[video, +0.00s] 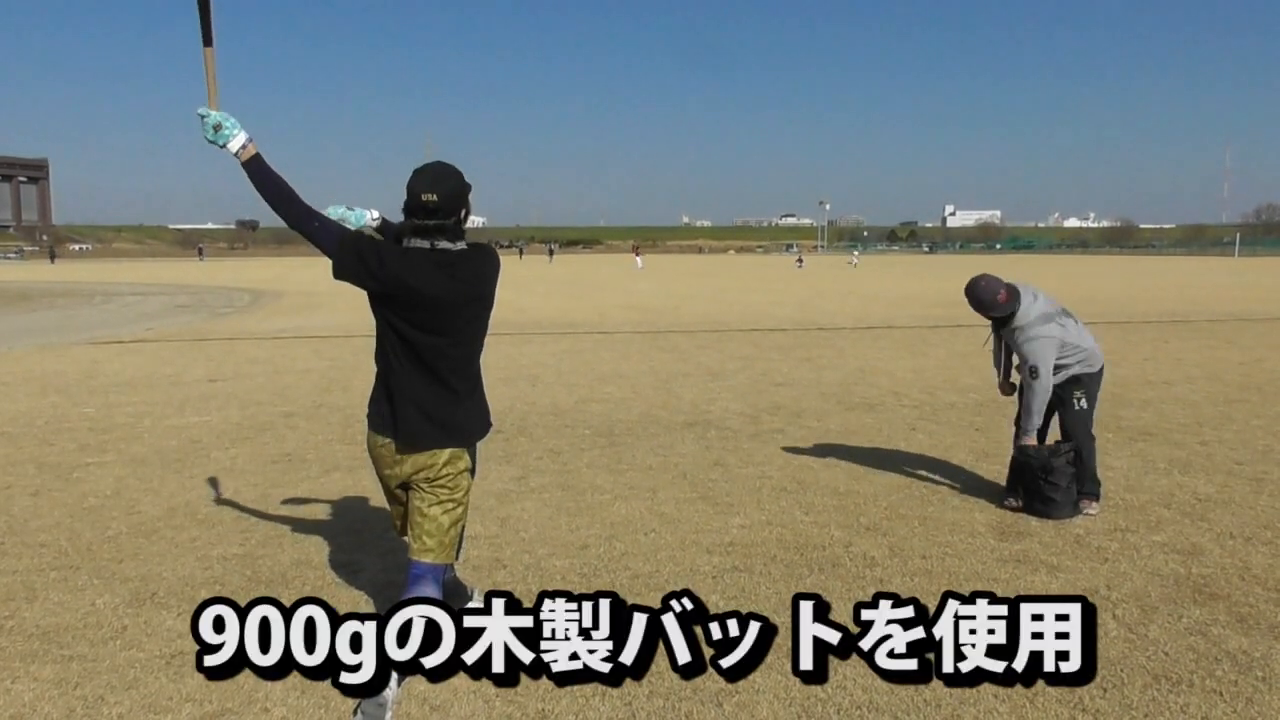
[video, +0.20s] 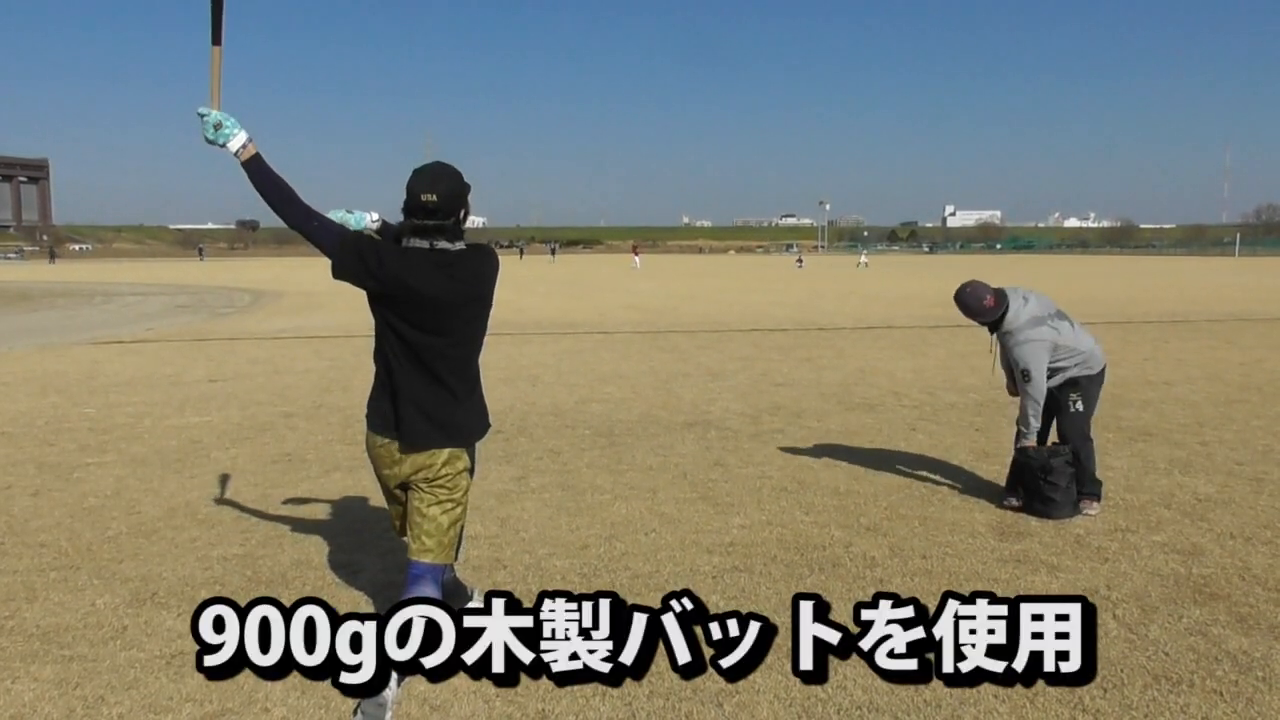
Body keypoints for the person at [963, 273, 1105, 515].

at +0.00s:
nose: (1007, 312)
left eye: (1007, 306)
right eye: (999, 311)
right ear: (986, 313)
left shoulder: (1033, 335)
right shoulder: (1003, 309)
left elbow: (1038, 386)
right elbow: (1001, 340)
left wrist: (1030, 433)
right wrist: (1003, 377)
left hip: (1080, 368)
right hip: (1040, 368)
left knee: (1076, 432)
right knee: (1027, 430)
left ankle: (1088, 495)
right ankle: (1018, 490)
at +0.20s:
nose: (976, 321)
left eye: (975, 318)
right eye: (974, 317)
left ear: (981, 317)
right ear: (992, 294)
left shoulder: (1024, 341)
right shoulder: (1007, 298)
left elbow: (1033, 396)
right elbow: (1007, 346)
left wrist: (1028, 438)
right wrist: (1012, 378)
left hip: (1082, 368)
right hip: (1049, 368)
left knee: (1073, 432)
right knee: (1029, 432)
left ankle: (1089, 493)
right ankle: (1018, 490)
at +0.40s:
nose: (976, 326)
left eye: (974, 322)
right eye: (973, 322)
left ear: (979, 320)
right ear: (987, 298)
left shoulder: (1023, 345)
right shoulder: (1000, 303)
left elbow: (1037, 400)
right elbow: (1002, 346)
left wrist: (1036, 446)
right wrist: (1009, 379)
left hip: (1081, 368)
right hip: (1044, 368)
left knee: (1070, 431)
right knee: (1026, 428)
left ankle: (1088, 494)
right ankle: (1017, 490)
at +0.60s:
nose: (976, 325)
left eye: (974, 321)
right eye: (974, 321)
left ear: (979, 320)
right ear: (988, 297)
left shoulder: (1026, 342)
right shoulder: (1001, 303)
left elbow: (1039, 396)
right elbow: (1002, 346)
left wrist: (1033, 441)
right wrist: (1006, 379)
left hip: (1078, 366)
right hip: (1041, 367)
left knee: (1071, 430)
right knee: (1023, 426)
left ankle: (1088, 493)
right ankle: (1017, 490)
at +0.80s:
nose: (981, 328)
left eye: (979, 324)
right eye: (979, 324)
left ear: (984, 323)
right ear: (991, 299)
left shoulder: (1029, 345)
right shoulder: (1002, 304)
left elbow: (1033, 398)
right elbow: (1001, 345)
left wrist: (1028, 441)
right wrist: (1005, 379)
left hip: (1078, 367)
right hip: (1041, 367)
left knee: (1071, 431)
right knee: (1023, 427)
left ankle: (1089, 493)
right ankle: (1017, 491)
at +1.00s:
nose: (980, 327)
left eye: (978, 323)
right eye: (978, 323)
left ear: (985, 322)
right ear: (992, 296)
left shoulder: (1030, 345)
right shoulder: (1004, 303)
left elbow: (1034, 399)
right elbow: (1002, 344)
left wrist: (1029, 443)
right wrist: (1004, 378)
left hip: (1077, 366)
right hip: (1040, 366)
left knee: (1070, 430)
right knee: (1023, 425)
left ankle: (1088, 492)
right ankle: (1016, 490)